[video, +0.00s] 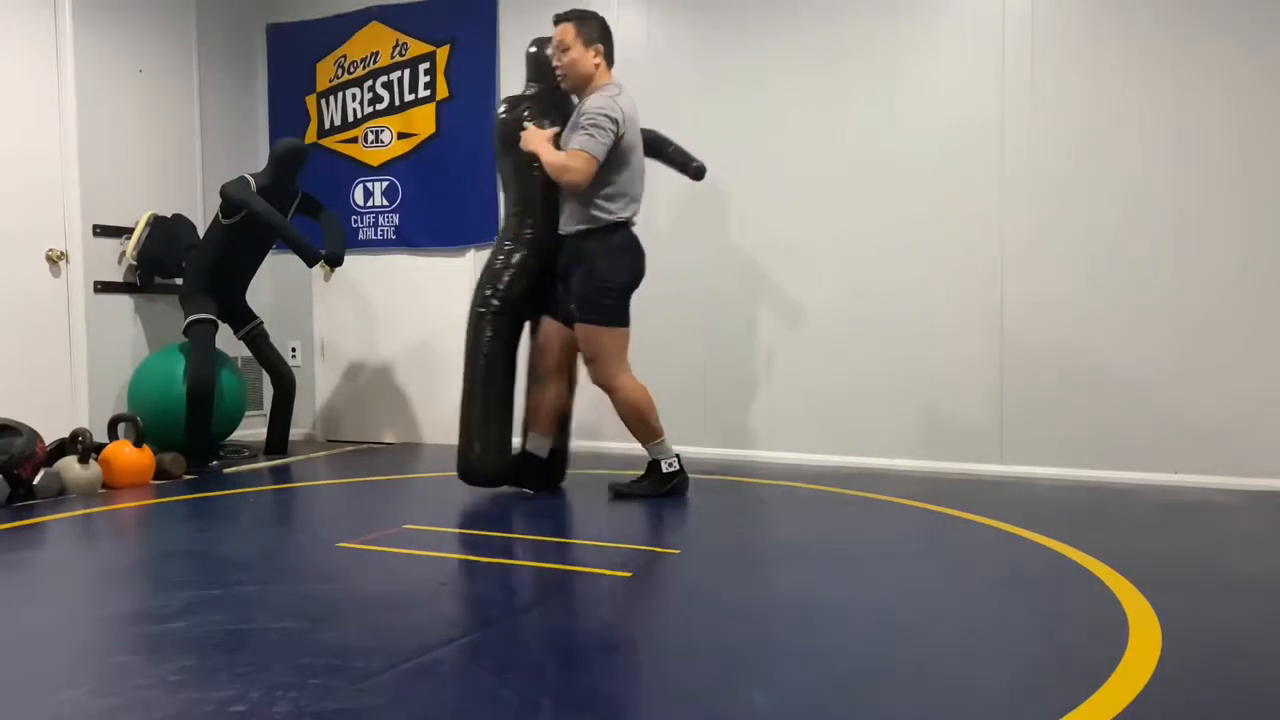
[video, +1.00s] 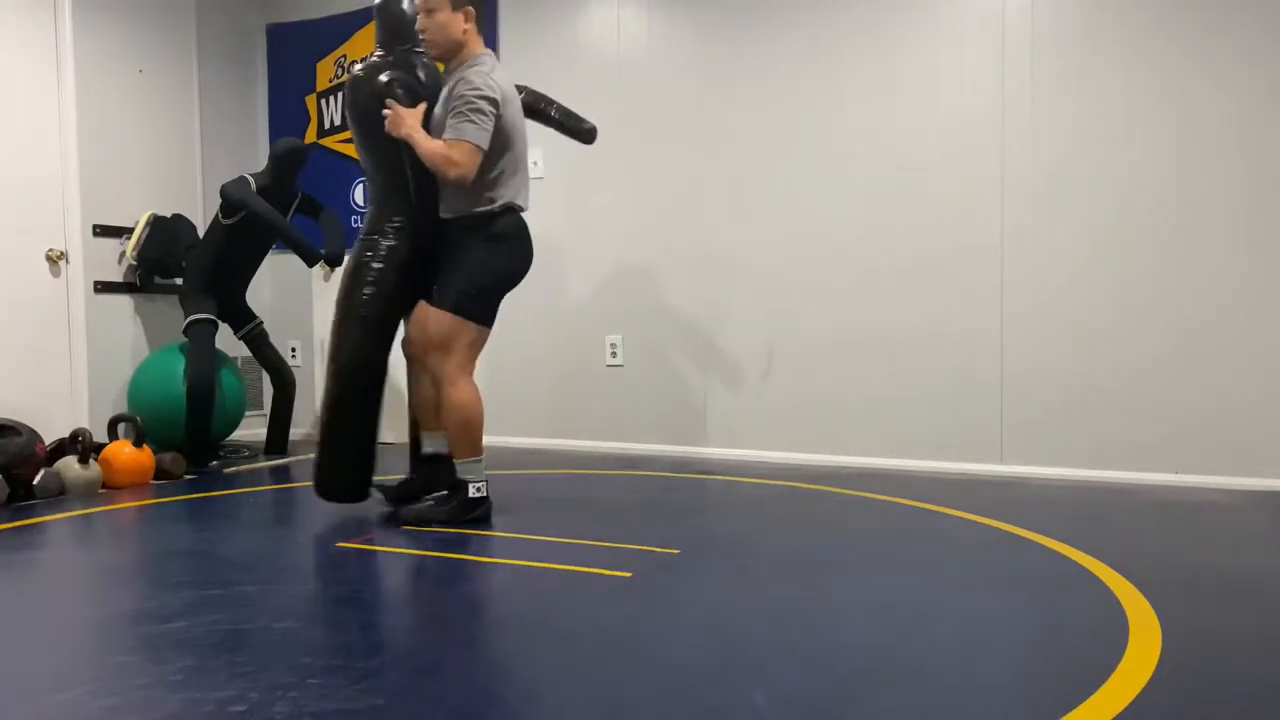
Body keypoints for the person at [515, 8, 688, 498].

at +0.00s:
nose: (555, 61)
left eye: (563, 50)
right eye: (554, 52)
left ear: (596, 53)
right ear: (591, 56)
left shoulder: (602, 105)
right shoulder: (602, 102)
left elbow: (576, 173)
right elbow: (579, 164)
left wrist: (542, 148)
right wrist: (553, 143)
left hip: (603, 248)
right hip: (580, 248)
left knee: (610, 372)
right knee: (549, 360)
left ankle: (667, 465)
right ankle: (535, 464)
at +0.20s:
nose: (518, 58)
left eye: (526, 46)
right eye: (516, 49)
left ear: (559, 49)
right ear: (553, 53)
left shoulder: (579, 101)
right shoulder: (548, 107)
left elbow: (567, 171)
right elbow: (544, 162)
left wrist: (515, 148)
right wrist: (502, 144)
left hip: (575, 243)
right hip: (545, 243)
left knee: (523, 354)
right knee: (520, 356)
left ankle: (606, 436)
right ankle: (529, 463)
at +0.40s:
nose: (488, 51)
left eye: (496, 40)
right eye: (486, 42)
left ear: (529, 44)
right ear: (519, 47)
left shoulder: (553, 94)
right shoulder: (513, 102)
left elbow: (544, 169)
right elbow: (509, 162)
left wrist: (489, 143)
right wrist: (459, 134)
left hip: (549, 238)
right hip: (519, 239)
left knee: (493, 339)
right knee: (515, 358)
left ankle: (499, 471)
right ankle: (523, 468)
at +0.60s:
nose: (463, 43)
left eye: (471, 31)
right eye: (461, 33)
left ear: (507, 36)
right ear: (496, 39)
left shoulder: (525, 93)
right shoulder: (491, 96)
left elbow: (514, 170)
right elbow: (485, 161)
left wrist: (458, 142)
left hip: (520, 241)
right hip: (494, 240)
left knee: (467, 351)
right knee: (482, 354)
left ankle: (472, 489)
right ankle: (512, 463)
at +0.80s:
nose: (438, 30)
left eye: (447, 17)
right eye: (437, 18)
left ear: (483, 24)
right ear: (476, 26)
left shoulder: (500, 86)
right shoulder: (475, 83)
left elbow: (487, 168)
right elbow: (466, 146)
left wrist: (433, 137)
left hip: (504, 236)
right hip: (480, 233)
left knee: (461, 358)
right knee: (441, 341)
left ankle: (474, 492)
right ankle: (495, 445)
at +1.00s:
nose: (419, 24)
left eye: (428, 14)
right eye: (419, 15)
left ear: (465, 18)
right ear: (460, 20)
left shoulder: (478, 81)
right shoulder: (461, 76)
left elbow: (461, 164)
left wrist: (412, 130)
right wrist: (411, 117)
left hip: (490, 237)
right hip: (463, 233)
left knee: (451, 362)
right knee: (419, 344)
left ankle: (471, 493)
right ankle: (432, 471)